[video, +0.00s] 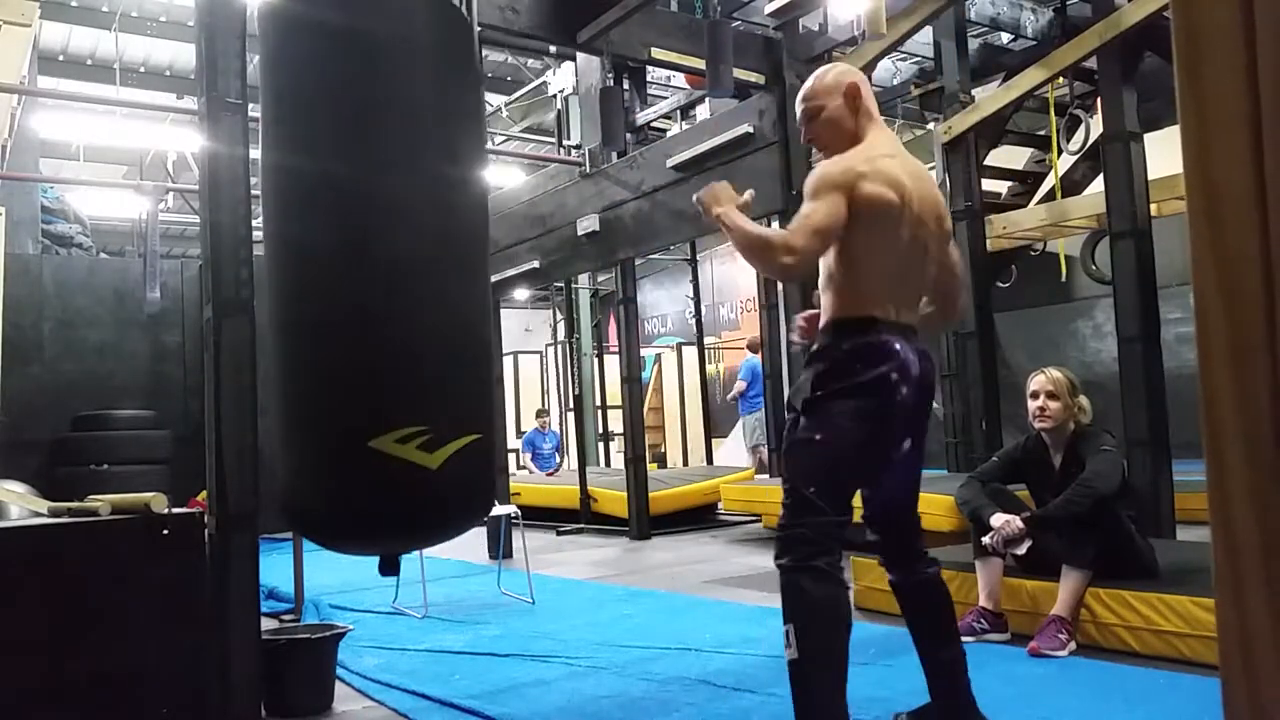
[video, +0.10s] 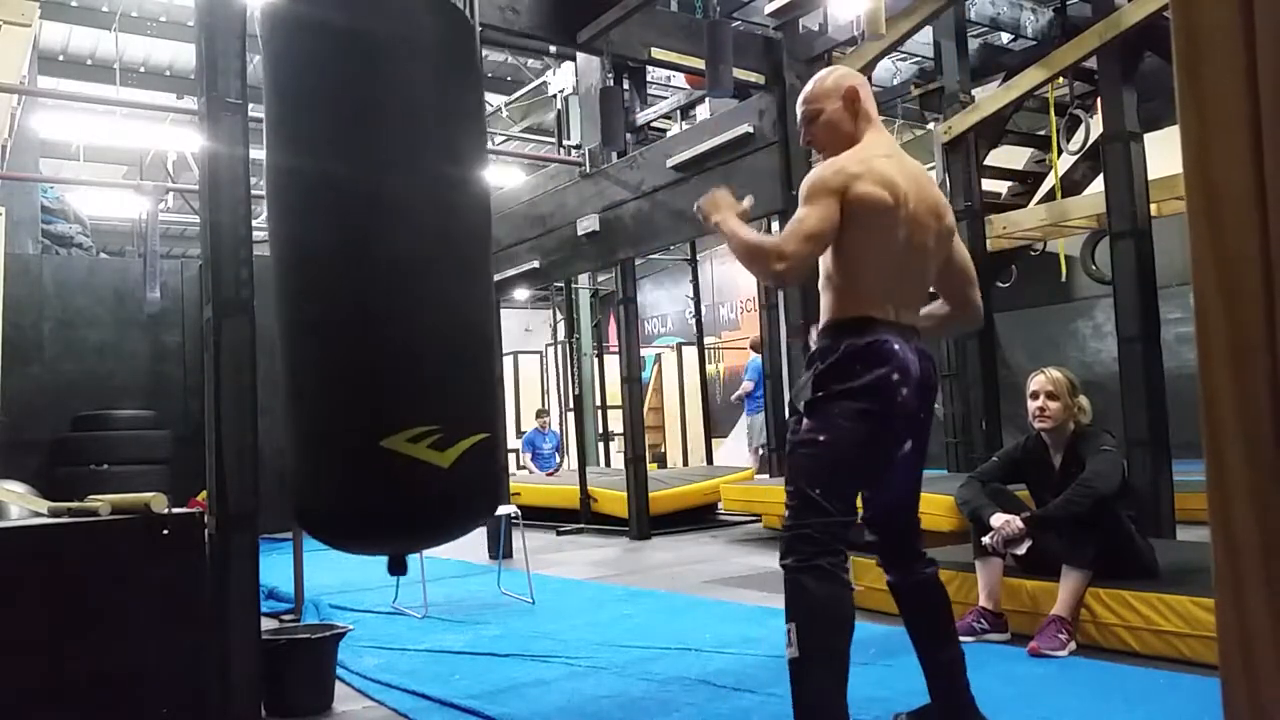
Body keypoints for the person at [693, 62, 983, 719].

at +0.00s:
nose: (806, 133)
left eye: (812, 114)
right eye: (801, 120)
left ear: (855, 94)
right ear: (867, 101)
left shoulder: (840, 171)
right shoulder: (923, 180)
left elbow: (788, 256)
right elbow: (946, 301)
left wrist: (726, 213)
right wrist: (842, 316)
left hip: (853, 367)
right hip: (912, 367)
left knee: (808, 543)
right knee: (898, 534)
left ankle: (821, 710)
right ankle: (954, 700)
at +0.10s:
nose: (805, 137)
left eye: (811, 119)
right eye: (801, 124)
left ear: (853, 100)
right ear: (865, 105)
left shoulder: (835, 173)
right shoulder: (928, 187)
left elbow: (780, 261)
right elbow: (967, 307)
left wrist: (726, 218)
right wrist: (890, 318)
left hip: (853, 367)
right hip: (914, 370)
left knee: (813, 546)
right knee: (897, 540)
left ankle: (821, 710)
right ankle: (954, 702)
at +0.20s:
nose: (805, 141)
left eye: (812, 123)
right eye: (802, 128)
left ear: (855, 105)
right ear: (867, 111)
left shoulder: (836, 181)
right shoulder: (929, 193)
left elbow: (784, 272)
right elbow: (973, 308)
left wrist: (723, 241)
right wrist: (911, 341)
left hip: (855, 372)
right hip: (913, 376)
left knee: (816, 551)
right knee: (894, 544)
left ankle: (824, 711)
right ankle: (954, 702)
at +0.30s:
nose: (809, 136)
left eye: (816, 119)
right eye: (805, 125)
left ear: (858, 102)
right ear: (869, 109)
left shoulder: (834, 173)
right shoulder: (933, 191)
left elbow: (781, 256)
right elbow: (978, 301)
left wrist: (712, 247)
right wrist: (919, 346)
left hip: (855, 365)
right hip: (912, 374)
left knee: (817, 549)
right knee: (899, 543)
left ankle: (826, 711)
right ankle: (954, 702)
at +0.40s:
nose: (810, 133)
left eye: (817, 118)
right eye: (806, 123)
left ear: (862, 100)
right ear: (870, 108)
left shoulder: (830, 165)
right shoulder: (937, 191)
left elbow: (745, 228)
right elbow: (992, 296)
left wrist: (661, 237)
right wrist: (930, 343)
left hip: (862, 362)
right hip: (920, 371)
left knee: (811, 549)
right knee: (906, 546)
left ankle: (832, 713)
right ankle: (956, 705)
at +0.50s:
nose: (804, 127)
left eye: (815, 114)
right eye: (801, 118)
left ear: (863, 108)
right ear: (869, 119)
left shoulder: (825, 166)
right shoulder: (922, 190)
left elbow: (716, 194)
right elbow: (979, 294)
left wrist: (612, 235)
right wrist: (924, 356)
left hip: (870, 374)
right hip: (923, 376)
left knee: (796, 552)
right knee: (900, 542)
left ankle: (824, 712)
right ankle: (955, 703)